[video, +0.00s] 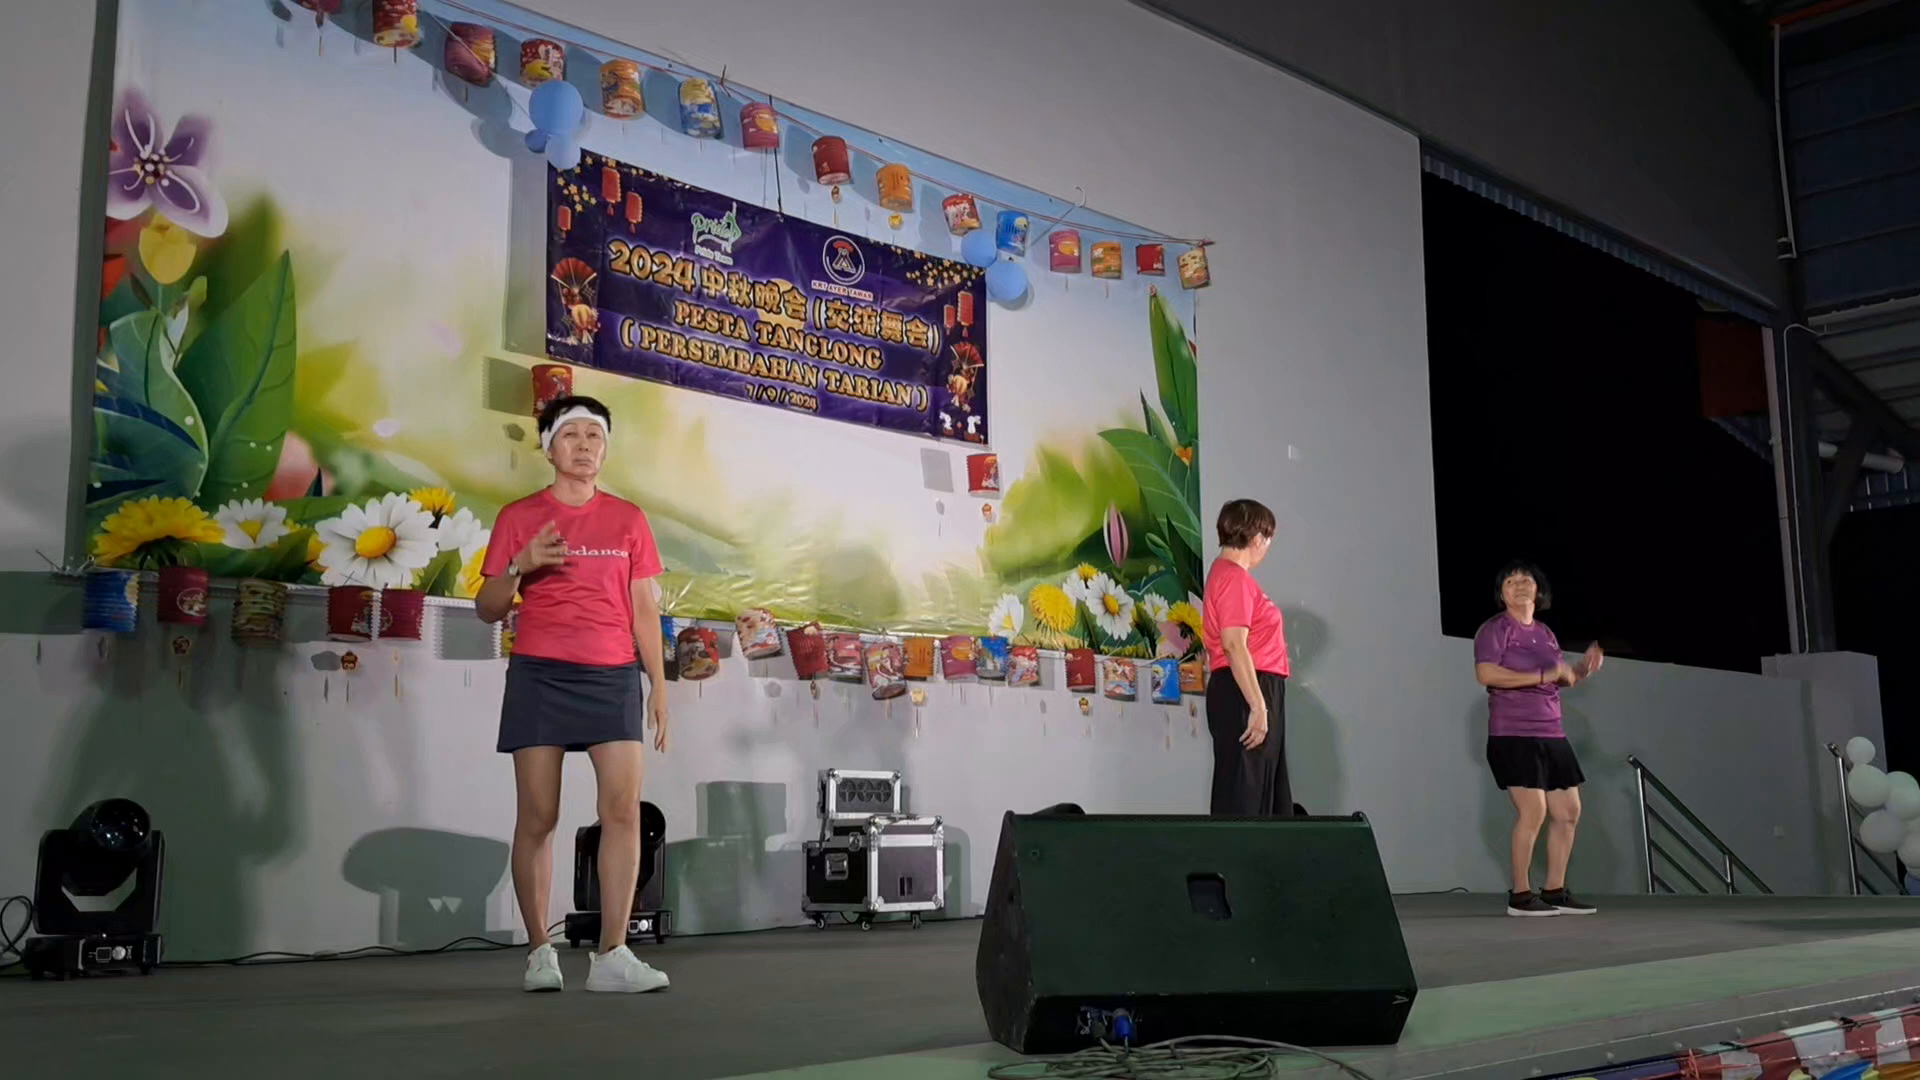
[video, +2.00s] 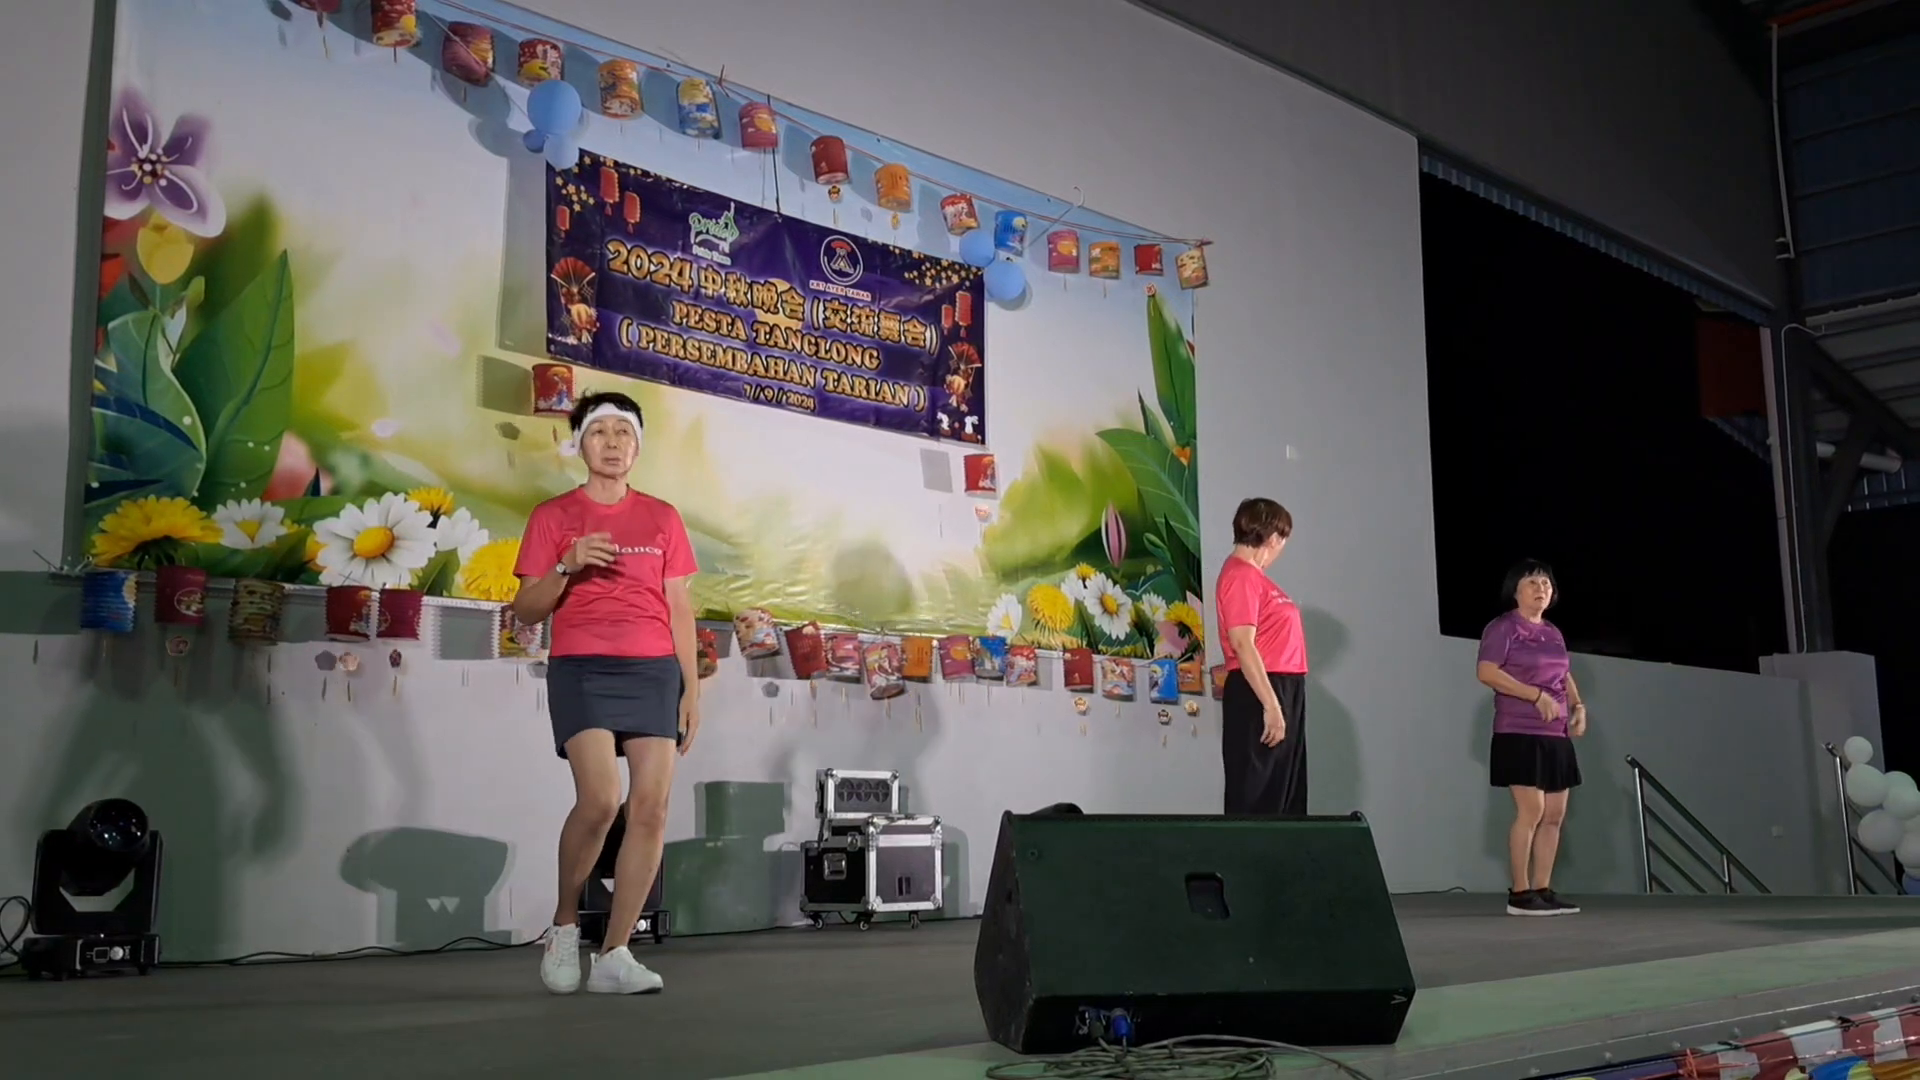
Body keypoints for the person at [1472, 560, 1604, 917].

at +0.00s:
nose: (1519, 586)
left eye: (1525, 581)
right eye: (1512, 582)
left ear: (1538, 590)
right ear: (1501, 592)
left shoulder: (1546, 634)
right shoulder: (1493, 630)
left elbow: (1559, 679)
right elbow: (1486, 674)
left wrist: (1582, 668)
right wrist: (1543, 677)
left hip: (1551, 735)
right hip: (1511, 736)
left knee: (1568, 810)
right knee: (1532, 811)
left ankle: (1554, 891)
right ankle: (1520, 895)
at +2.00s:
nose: (1541, 588)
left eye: (1545, 583)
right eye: (1532, 583)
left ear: (1551, 592)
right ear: (1516, 591)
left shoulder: (1554, 633)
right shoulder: (1502, 628)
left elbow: (1564, 676)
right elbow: (1486, 672)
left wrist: (1577, 706)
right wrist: (1537, 695)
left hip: (1556, 736)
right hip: (1518, 735)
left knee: (1554, 815)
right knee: (1530, 811)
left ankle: (1542, 890)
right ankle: (1519, 893)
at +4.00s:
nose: (1552, 587)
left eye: (1557, 582)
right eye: (1544, 582)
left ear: (1563, 591)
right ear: (1528, 590)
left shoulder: (1566, 632)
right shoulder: (1520, 629)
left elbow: (1583, 680)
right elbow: (1520, 682)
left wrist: (1605, 722)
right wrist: (1549, 728)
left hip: (1575, 736)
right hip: (1540, 736)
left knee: (1576, 814)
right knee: (1558, 811)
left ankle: (1559, 891)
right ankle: (1541, 892)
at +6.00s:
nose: (1557, 587)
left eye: (1557, 582)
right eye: (1549, 582)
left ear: (1558, 592)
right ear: (1532, 589)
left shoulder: (1556, 634)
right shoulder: (1523, 625)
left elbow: (1563, 690)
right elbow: (1521, 677)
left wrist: (1578, 732)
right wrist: (1542, 729)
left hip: (1566, 735)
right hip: (1538, 734)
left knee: (1565, 814)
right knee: (1550, 811)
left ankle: (1556, 891)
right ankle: (1542, 892)